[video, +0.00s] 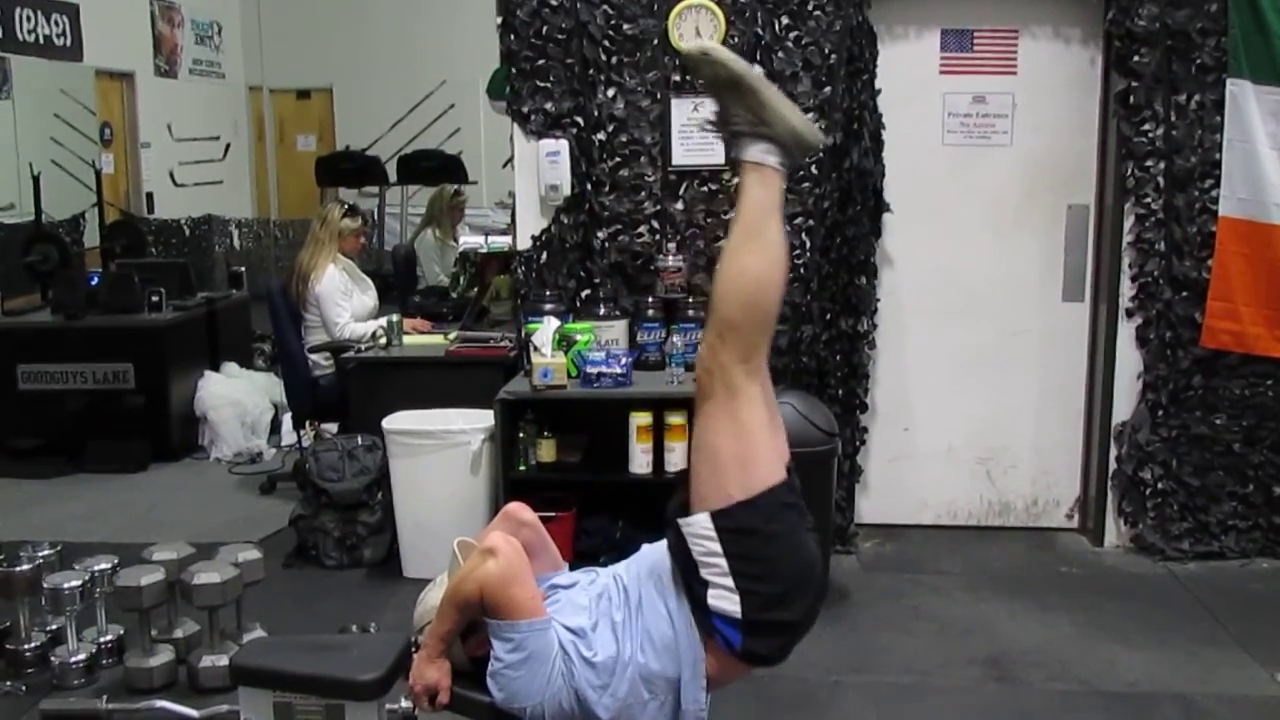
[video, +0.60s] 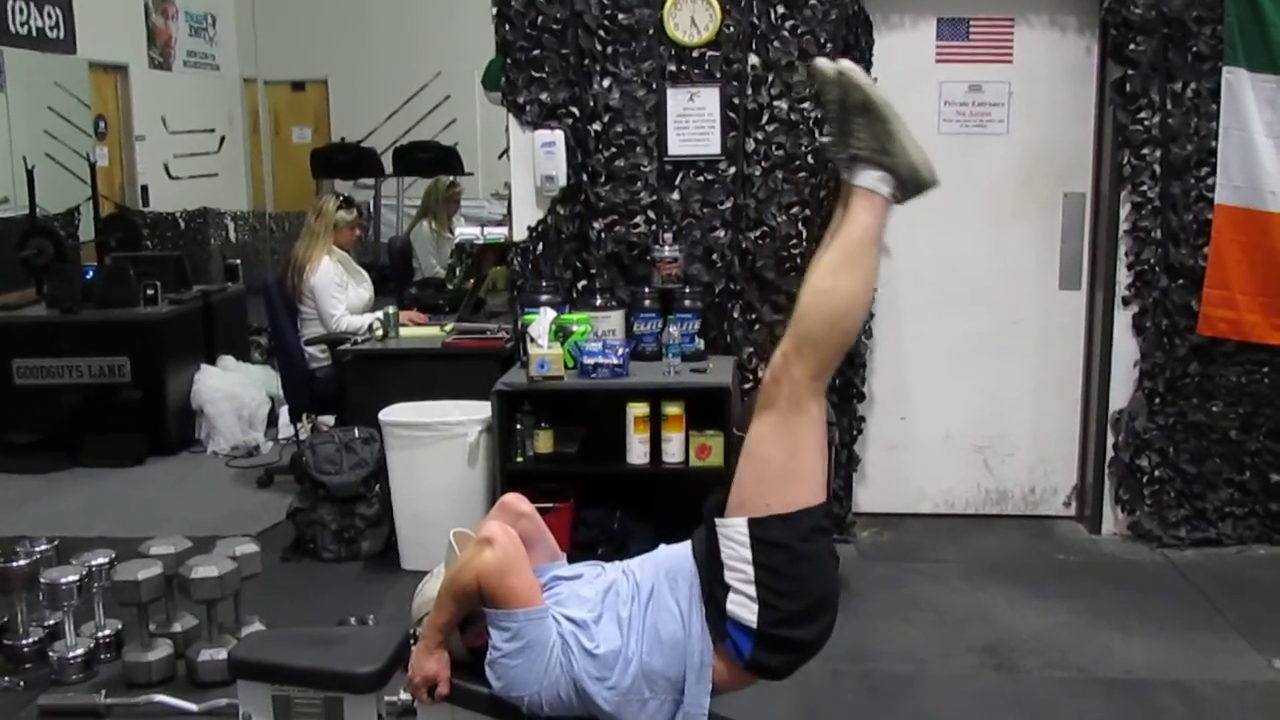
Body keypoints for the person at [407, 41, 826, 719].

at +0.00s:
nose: (479, 559)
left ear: (479, 629)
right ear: (479, 635)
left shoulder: (563, 607)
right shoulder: (530, 675)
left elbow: (518, 518)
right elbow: (492, 556)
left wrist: (456, 607)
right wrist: (436, 646)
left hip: (748, 580)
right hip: (742, 595)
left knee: (735, 369)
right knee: (727, 370)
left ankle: (763, 155)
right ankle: (762, 154)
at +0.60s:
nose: (488, 541)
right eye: (479, 551)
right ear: (485, 610)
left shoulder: (559, 608)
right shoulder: (525, 660)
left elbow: (517, 512)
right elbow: (489, 553)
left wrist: (465, 586)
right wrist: (434, 637)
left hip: (747, 595)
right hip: (757, 611)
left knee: (789, 382)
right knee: (793, 380)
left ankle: (871, 183)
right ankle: (873, 180)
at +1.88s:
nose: (504, 479)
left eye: (506, 469)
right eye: (489, 480)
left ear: (506, 501)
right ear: (481, 514)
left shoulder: (551, 529)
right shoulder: (518, 589)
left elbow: (505, 447)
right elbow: (473, 483)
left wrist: (436, 549)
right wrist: (425, 561)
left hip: (748, 536)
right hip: (752, 592)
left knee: (911, 390)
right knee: (908, 404)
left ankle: (1109, 393)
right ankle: (1120, 392)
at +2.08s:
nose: (520, 460)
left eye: (519, 453)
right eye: (503, 463)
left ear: (515, 489)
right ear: (485, 509)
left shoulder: (555, 528)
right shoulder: (518, 587)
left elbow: (505, 438)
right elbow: (471, 475)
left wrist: (443, 531)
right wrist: (424, 564)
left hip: (760, 550)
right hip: (759, 601)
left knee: (887, 380)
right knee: (877, 387)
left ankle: (1072, 449)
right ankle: (1070, 458)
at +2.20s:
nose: (513, 457)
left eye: (515, 453)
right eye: (494, 466)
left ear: (516, 489)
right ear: (483, 512)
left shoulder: (559, 521)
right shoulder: (522, 586)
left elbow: (511, 435)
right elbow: (471, 475)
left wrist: (452, 520)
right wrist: (424, 565)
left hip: (759, 551)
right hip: (763, 604)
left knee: (868, 375)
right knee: (848, 386)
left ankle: (1027, 472)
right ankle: (1026, 480)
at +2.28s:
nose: (521, 452)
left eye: (520, 448)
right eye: (502, 457)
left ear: (523, 484)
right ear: (487, 502)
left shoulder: (562, 520)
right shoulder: (524, 582)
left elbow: (510, 437)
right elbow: (474, 474)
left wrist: (450, 522)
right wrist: (425, 564)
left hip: (769, 560)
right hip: (765, 605)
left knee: (846, 371)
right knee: (822, 381)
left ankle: (997, 481)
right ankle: (992, 487)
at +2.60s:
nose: (471, 545)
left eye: (462, 541)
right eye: (462, 542)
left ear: (478, 540)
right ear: (472, 561)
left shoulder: (552, 516)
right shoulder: (520, 592)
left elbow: (506, 438)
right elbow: (480, 473)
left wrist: (448, 530)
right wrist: (426, 561)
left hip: (781, 557)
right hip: (766, 599)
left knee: (639, 402)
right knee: (635, 435)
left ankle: (817, 394)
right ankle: (832, 417)